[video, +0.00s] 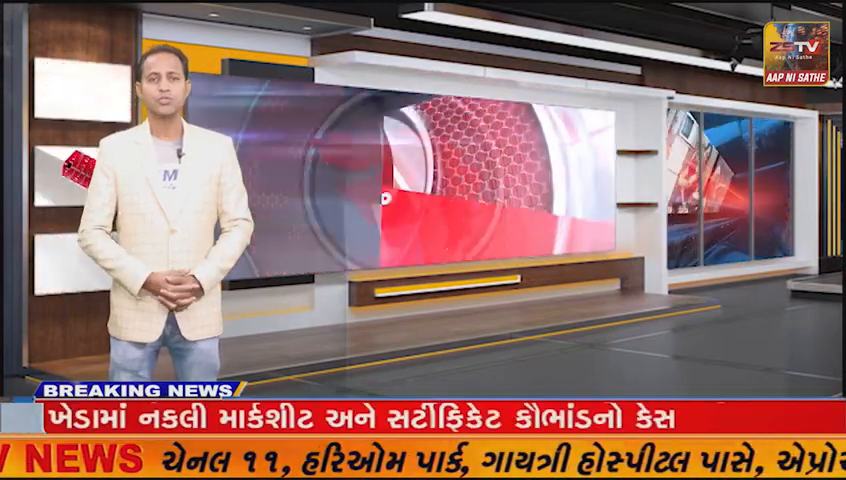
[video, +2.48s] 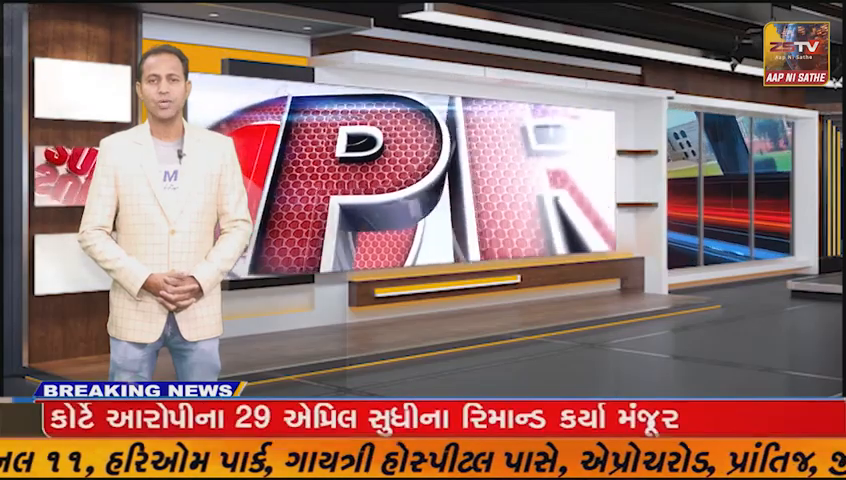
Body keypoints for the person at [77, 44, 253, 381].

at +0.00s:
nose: (164, 86)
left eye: (173, 77)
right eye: (153, 78)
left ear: (187, 88)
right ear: (139, 89)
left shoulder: (218, 147)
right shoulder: (115, 149)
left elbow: (239, 224)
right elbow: (91, 232)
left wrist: (201, 279)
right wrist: (145, 279)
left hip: (198, 310)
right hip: (134, 311)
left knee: (204, 420)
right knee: (126, 421)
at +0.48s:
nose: (165, 86)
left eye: (174, 77)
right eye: (154, 78)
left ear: (188, 87)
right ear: (140, 89)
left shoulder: (219, 148)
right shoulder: (115, 148)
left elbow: (239, 223)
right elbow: (92, 232)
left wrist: (202, 279)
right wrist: (145, 279)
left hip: (199, 310)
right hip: (135, 311)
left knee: (205, 420)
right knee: (127, 422)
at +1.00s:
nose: (164, 87)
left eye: (174, 78)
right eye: (154, 79)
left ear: (188, 87)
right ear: (140, 90)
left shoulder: (219, 147)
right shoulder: (115, 148)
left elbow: (239, 224)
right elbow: (92, 232)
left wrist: (201, 279)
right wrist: (146, 279)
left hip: (199, 310)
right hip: (135, 310)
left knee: (204, 418)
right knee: (126, 419)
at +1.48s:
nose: (164, 87)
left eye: (174, 78)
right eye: (154, 79)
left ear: (188, 88)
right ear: (140, 90)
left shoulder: (219, 147)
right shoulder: (115, 148)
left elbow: (238, 225)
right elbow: (92, 232)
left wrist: (202, 279)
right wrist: (145, 279)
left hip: (199, 309)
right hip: (135, 310)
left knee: (204, 420)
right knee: (125, 421)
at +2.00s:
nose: (163, 88)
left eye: (173, 78)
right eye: (153, 79)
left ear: (187, 87)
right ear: (140, 90)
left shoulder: (219, 147)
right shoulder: (115, 148)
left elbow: (238, 225)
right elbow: (92, 232)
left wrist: (202, 280)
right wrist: (145, 279)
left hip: (199, 309)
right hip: (135, 310)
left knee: (204, 419)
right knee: (125, 420)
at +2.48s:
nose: (163, 89)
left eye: (173, 79)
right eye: (153, 80)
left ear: (187, 88)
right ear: (140, 90)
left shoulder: (219, 148)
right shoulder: (115, 149)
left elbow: (239, 225)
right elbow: (92, 232)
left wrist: (201, 280)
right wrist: (144, 280)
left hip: (198, 310)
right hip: (135, 311)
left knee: (205, 420)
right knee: (125, 420)